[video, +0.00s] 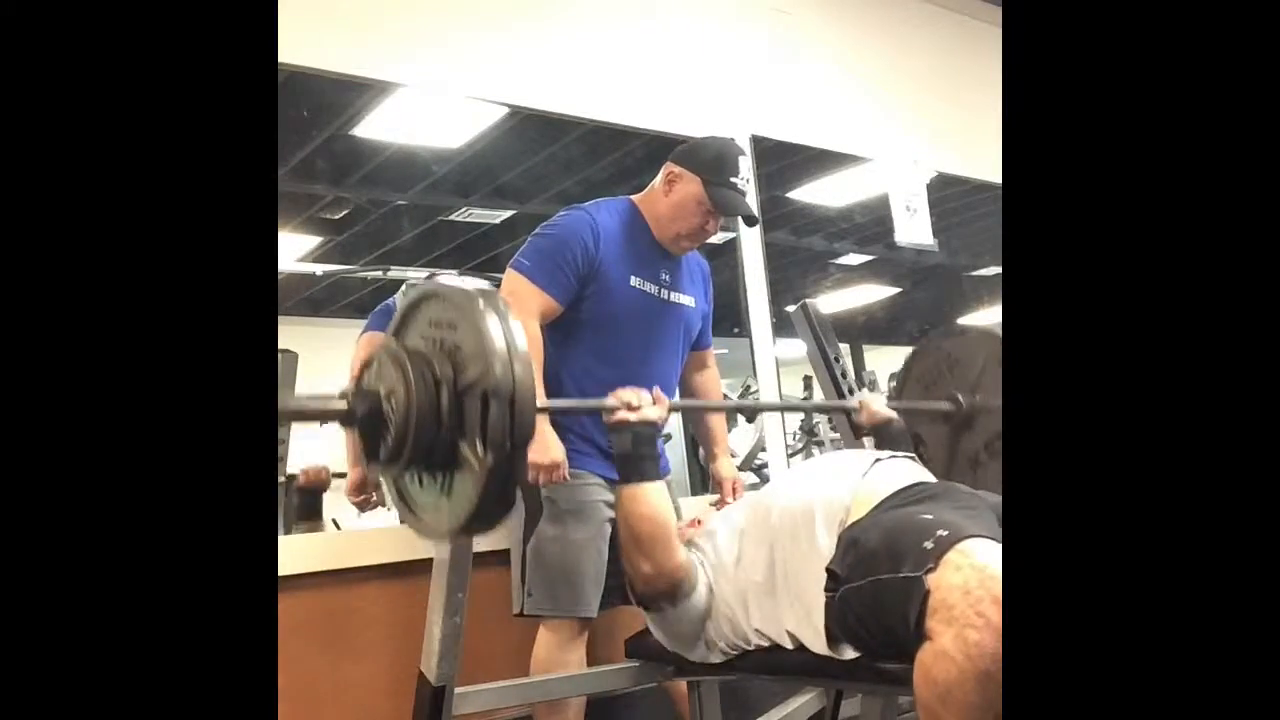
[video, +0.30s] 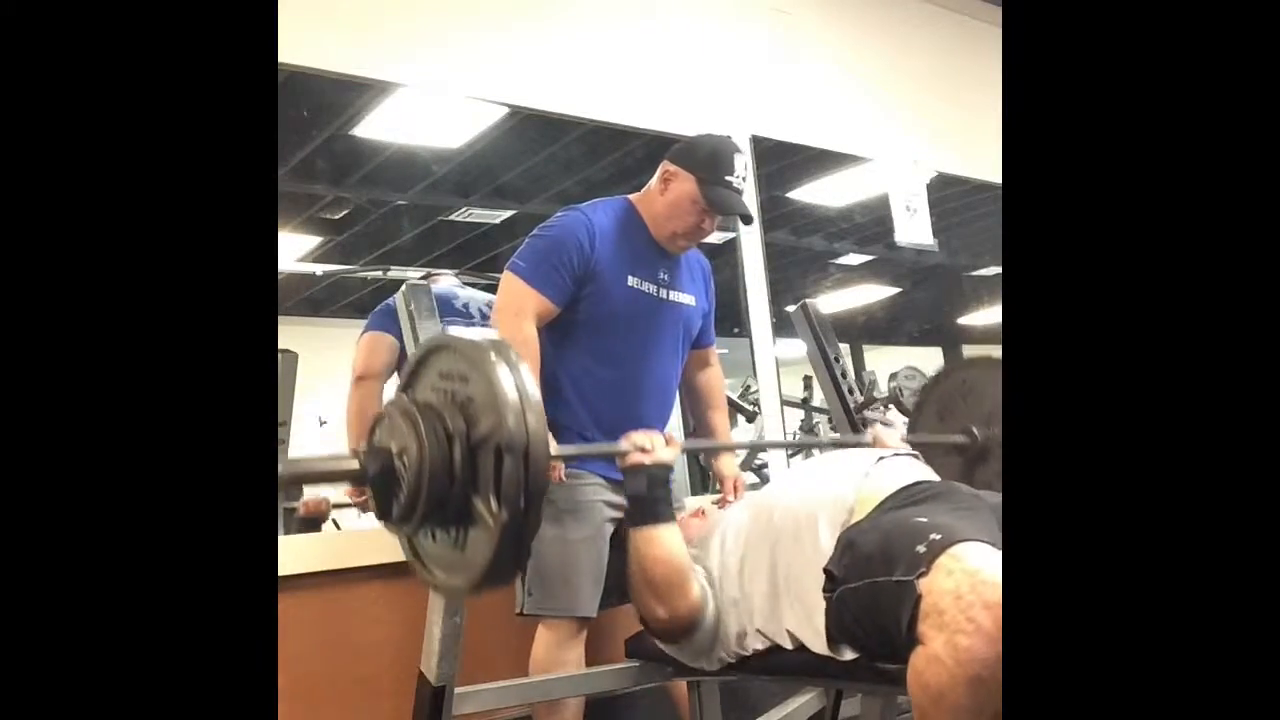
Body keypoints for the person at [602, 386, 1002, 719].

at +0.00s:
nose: (688, 519)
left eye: (687, 511)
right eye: (674, 526)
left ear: (706, 505)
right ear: (665, 554)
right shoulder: (689, 602)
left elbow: (898, 489)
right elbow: (655, 570)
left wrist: (887, 433)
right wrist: (636, 440)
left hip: (944, 494)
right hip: (866, 532)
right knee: (983, 592)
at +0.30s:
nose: (695, 506)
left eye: (692, 502)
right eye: (679, 516)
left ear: (710, 498)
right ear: (671, 543)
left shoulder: (767, 499)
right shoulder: (699, 599)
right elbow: (665, 612)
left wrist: (886, 442)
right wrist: (648, 487)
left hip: (952, 493)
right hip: (873, 533)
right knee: (980, 600)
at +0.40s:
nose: (699, 503)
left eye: (697, 497)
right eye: (685, 508)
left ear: (714, 499)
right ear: (672, 541)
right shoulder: (698, 584)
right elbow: (677, 636)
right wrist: (657, 514)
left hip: (942, 488)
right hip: (871, 529)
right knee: (983, 604)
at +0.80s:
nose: (695, 508)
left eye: (699, 501)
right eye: (681, 510)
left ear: (713, 506)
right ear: (672, 541)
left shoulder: (757, 512)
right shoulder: (694, 580)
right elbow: (682, 629)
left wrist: (762, 486)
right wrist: (654, 506)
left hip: (949, 492)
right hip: (871, 534)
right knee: (985, 595)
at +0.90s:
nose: (687, 511)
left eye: (684, 507)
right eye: (673, 517)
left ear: (695, 512)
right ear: (665, 538)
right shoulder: (702, 602)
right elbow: (666, 597)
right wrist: (646, 475)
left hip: (956, 494)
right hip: (876, 528)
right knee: (980, 592)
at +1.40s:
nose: (697, 501)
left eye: (696, 497)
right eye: (681, 510)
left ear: (716, 497)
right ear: (670, 543)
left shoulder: (772, 498)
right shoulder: (700, 592)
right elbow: (670, 616)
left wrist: (884, 447)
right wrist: (647, 495)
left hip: (946, 492)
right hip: (867, 530)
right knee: (977, 605)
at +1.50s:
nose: (707, 496)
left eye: (699, 493)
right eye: (686, 504)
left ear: (713, 498)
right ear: (674, 537)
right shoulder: (695, 576)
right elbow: (686, 641)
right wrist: (652, 515)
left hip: (945, 491)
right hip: (869, 532)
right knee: (982, 608)